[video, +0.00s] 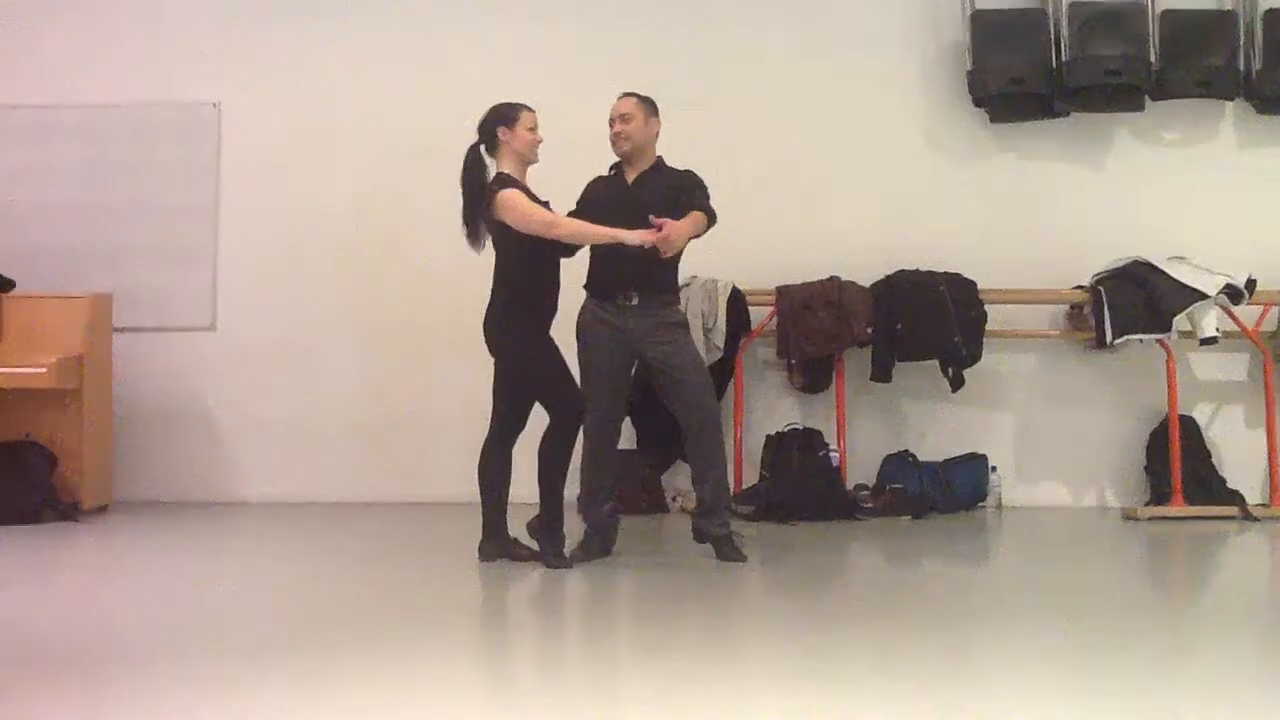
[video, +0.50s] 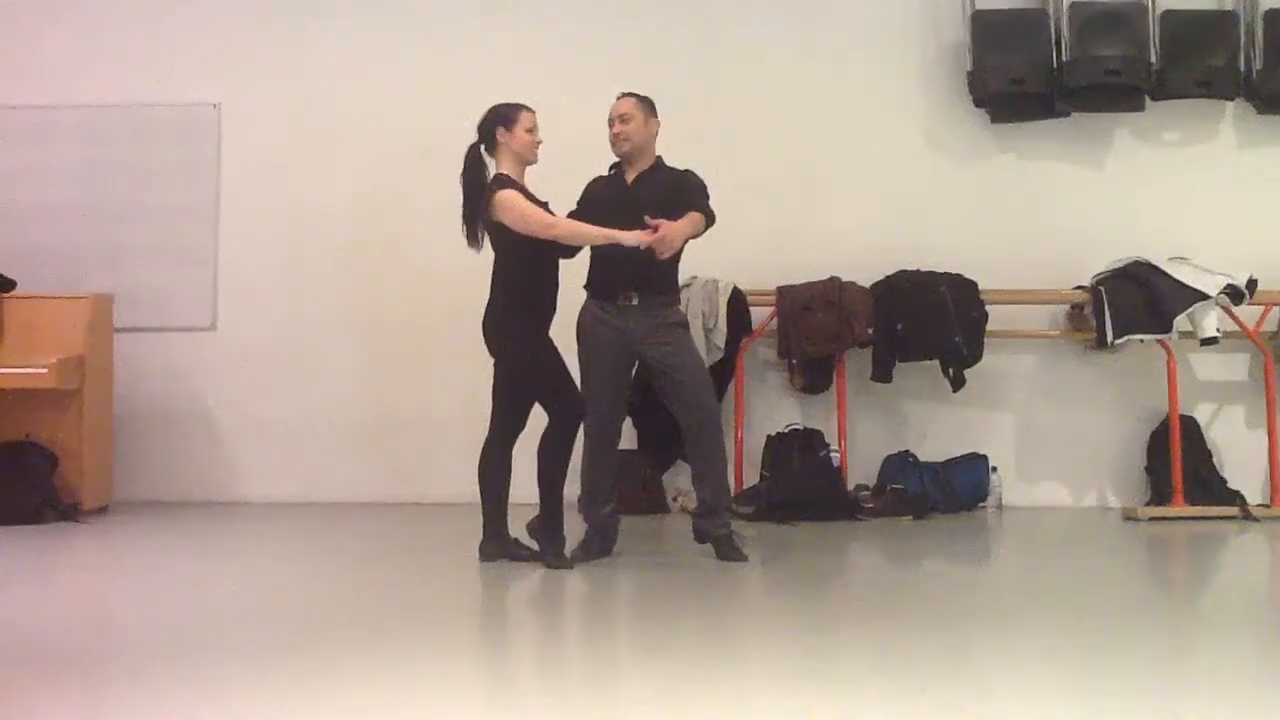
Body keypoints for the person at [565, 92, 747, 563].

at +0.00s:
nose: (615, 128)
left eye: (625, 119)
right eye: (612, 122)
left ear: (654, 126)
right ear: (611, 133)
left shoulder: (682, 182)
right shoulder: (598, 190)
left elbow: (704, 213)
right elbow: (568, 242)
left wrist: (683, 229)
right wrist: (525, 229)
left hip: (661, 319)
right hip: (603, 319)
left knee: (702, 411)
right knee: (600, 420)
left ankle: (714, 523)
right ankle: (598, 530)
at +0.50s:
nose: (615, 129)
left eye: (625, 120)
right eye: (611, 123)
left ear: (654, 126)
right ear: (610, 133)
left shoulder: (682, 182)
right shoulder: (598, 190)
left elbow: (702, 214)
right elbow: (568, 244)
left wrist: (681, 229)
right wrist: (525, 227)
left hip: (661, 320)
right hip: (603, 320)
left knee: (703, 412)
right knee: (601, 422)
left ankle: (715, 524)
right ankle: (598, 531)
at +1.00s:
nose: (619, 124)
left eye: (629, 116)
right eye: (611, 118)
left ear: (651, 124)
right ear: (604, 129)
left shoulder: (680, 178)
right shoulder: (593, 186)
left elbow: (698, 215)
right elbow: (566, 236)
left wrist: (674, 232)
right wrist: (522, 230)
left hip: (662, 318)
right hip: (604, 317)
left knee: (701, 412)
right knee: (600, 421)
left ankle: (714, 523)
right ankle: (598, 528)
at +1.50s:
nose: (628, 118)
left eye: (638, 110)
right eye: (619, 112)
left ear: (657, 118)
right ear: (609, 124)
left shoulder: (684, 174)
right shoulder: (598, 182)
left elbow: (723, 208)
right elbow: (570, 235)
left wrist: (688, 211)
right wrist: (523, 224)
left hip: (669, 314)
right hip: (610, 315)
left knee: (706, 407)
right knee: (605, 419)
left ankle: (717, 519)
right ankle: (601, 525)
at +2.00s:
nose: (601, 115)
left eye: (611, 108)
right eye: (592, 109)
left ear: (630, 117)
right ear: (580, 122)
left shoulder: (654, 170)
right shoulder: (571, 176)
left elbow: (701, 217)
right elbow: (530, 206)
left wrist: (678, 167)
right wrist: (490, 196)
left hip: (652, 315)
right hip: (594, 318)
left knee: (683, 414)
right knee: (578, 422)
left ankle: (704, 520)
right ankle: (572, 529)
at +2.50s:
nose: (576, 120)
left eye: (587, 113)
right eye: (568, 114)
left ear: (606, 126)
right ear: (558, 128)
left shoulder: (625, 183)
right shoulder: (550, 187)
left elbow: (615, 241)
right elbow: (525, 245)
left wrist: (548, 206)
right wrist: (484, 228)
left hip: (615, 319)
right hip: (562, 319)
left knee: (600, 415)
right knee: (556, 417)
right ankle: (567, 519)